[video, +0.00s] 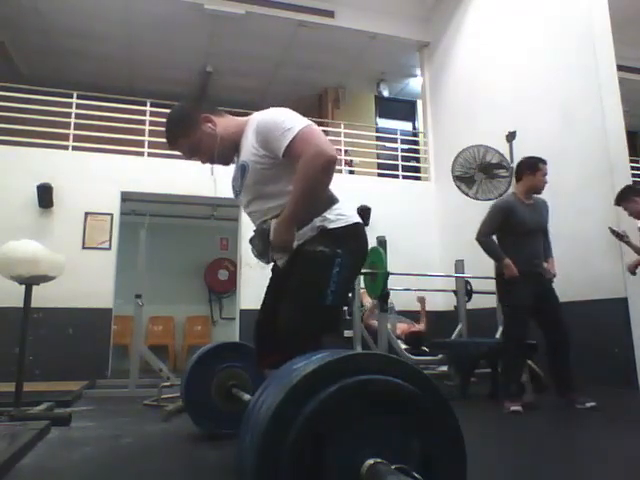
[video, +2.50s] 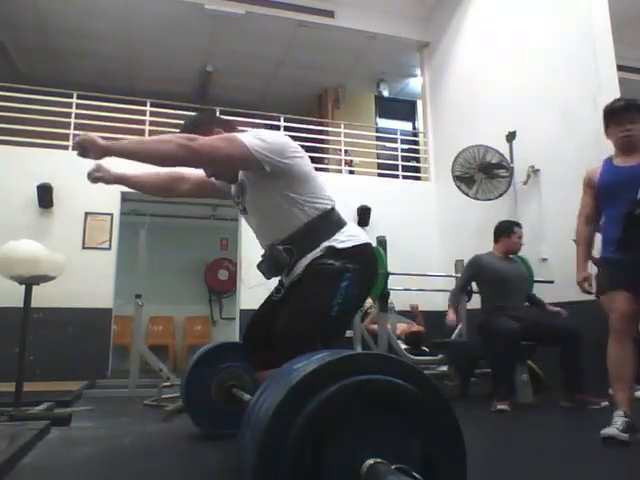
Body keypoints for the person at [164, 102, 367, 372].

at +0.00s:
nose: (202, 160)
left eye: (196, 151)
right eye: (194, 157)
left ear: (209, 125)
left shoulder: (267, 121)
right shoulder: (241, 173)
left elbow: (321, 156)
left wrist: (287, 223)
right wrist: (265, 235)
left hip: (330, 240)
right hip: (296, 255)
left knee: (299, 337)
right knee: (270, 340)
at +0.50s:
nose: (199, 163)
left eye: (194, 153)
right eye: (191, 159)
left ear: (207, 127)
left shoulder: (265, 126)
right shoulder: (240, 174)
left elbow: (318, 162)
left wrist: (281, 227)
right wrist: (266, 238)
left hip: (330, 244)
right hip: (297, 257)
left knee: (298, 340)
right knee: (264, 342)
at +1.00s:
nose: (198, 162)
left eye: (193, 153)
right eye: (191, 158)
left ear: (208, 127)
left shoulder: (267, 129)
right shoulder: (239, 175)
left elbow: (312, 169)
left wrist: (276, 234)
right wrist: (262, 246)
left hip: (328, 248)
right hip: (296, 260)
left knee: (289, 341)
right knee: (257, 338)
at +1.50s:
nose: (204, 157)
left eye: (201, 148)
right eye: (197, 154)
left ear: (215, 125)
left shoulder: (278, 134)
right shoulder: (241, 177)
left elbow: (227, 158)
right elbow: (204, 207)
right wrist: (150, 233)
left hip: (331, 250)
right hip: (294, 264)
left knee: (294, 342)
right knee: (257, 338)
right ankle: (283, 426)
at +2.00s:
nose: (205, 164)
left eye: (204, 151)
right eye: (200, 158)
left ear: (220, 133)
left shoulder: (275, 137)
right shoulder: (234, 177)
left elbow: (195, 137)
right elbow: (177, 179)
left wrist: (109, 131)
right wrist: (118, 172)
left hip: (336, 255)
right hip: (299, 269)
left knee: (289, 347)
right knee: (257, 340)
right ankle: (276, 427)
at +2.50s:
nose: (201, 156)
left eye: (201, 146)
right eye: (195, 149)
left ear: (218, 129)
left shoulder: (273, 145)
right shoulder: (238, 182)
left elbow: (191, 147)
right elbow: (177, 184)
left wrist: (108, 144)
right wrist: (118, 176)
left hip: (340, 259)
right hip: (304, 272)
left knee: (294, 348)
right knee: (256, 342)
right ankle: (282, 425)